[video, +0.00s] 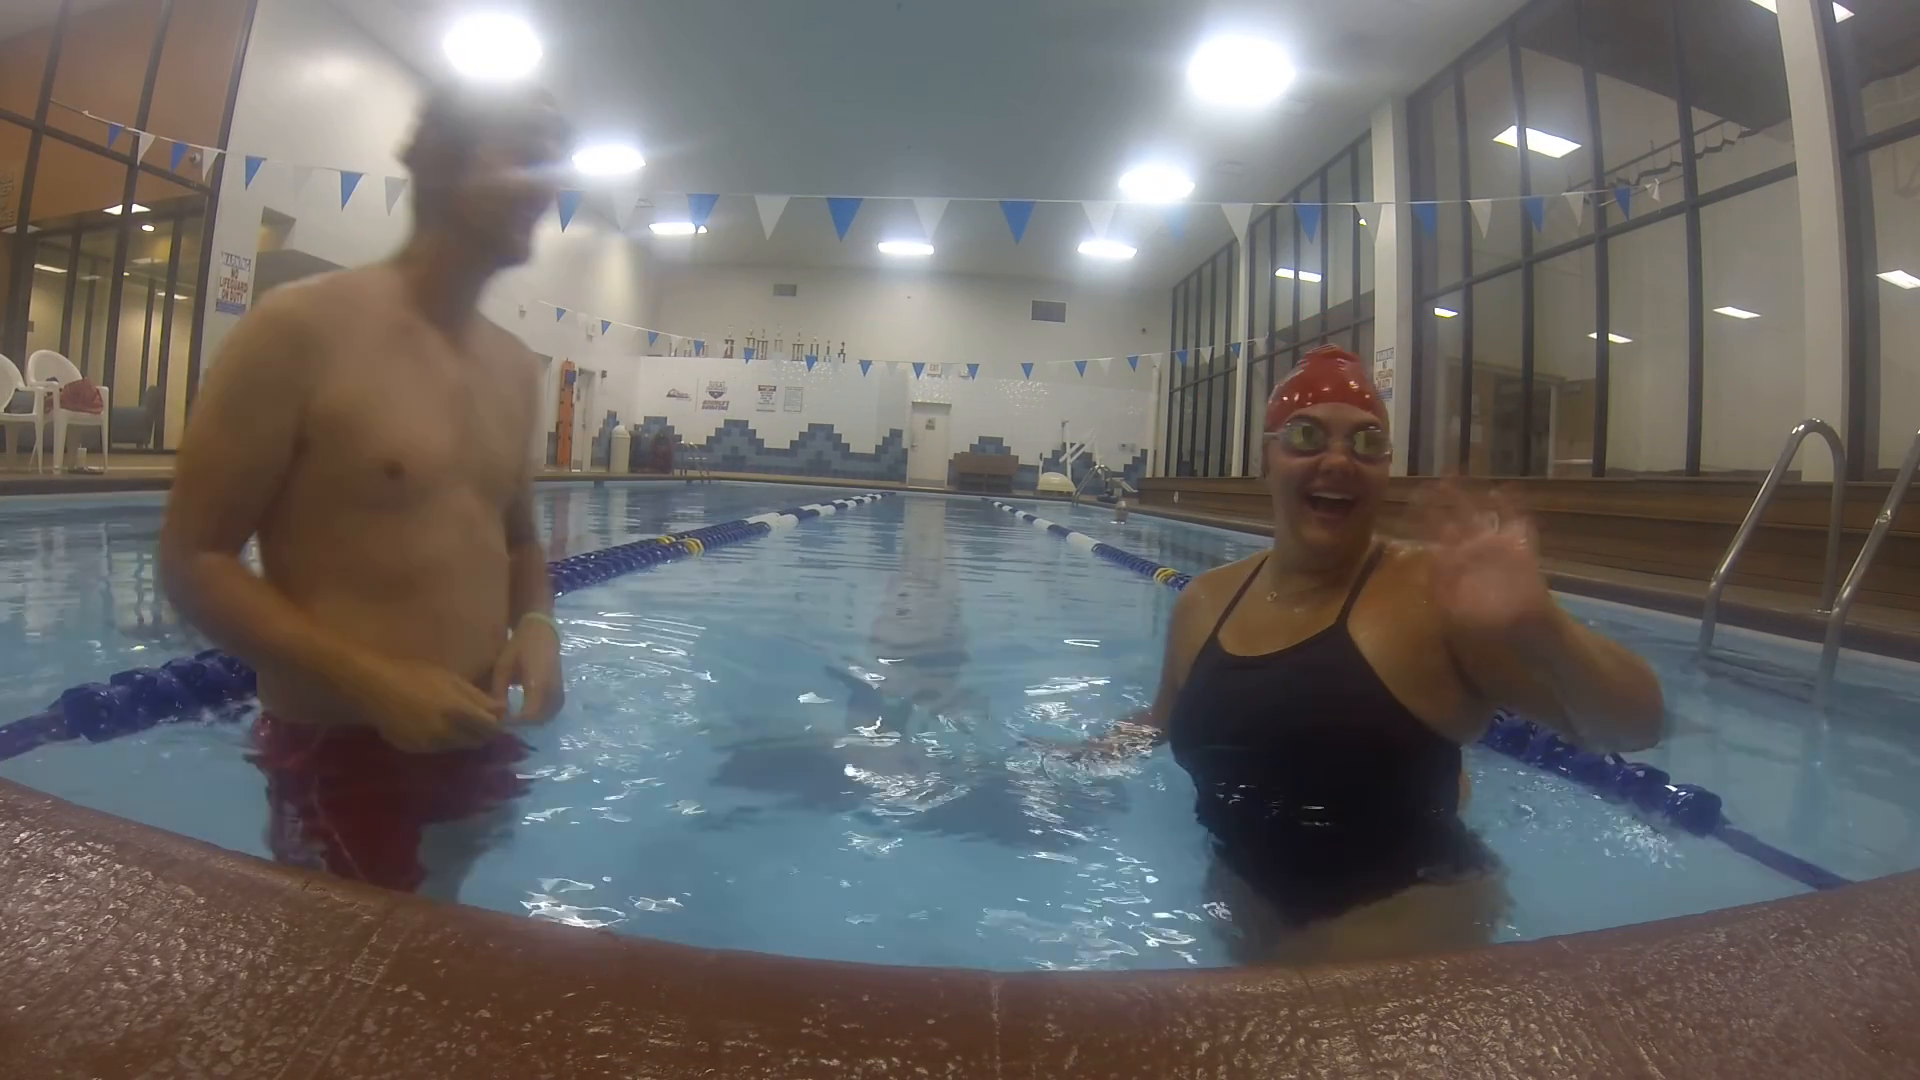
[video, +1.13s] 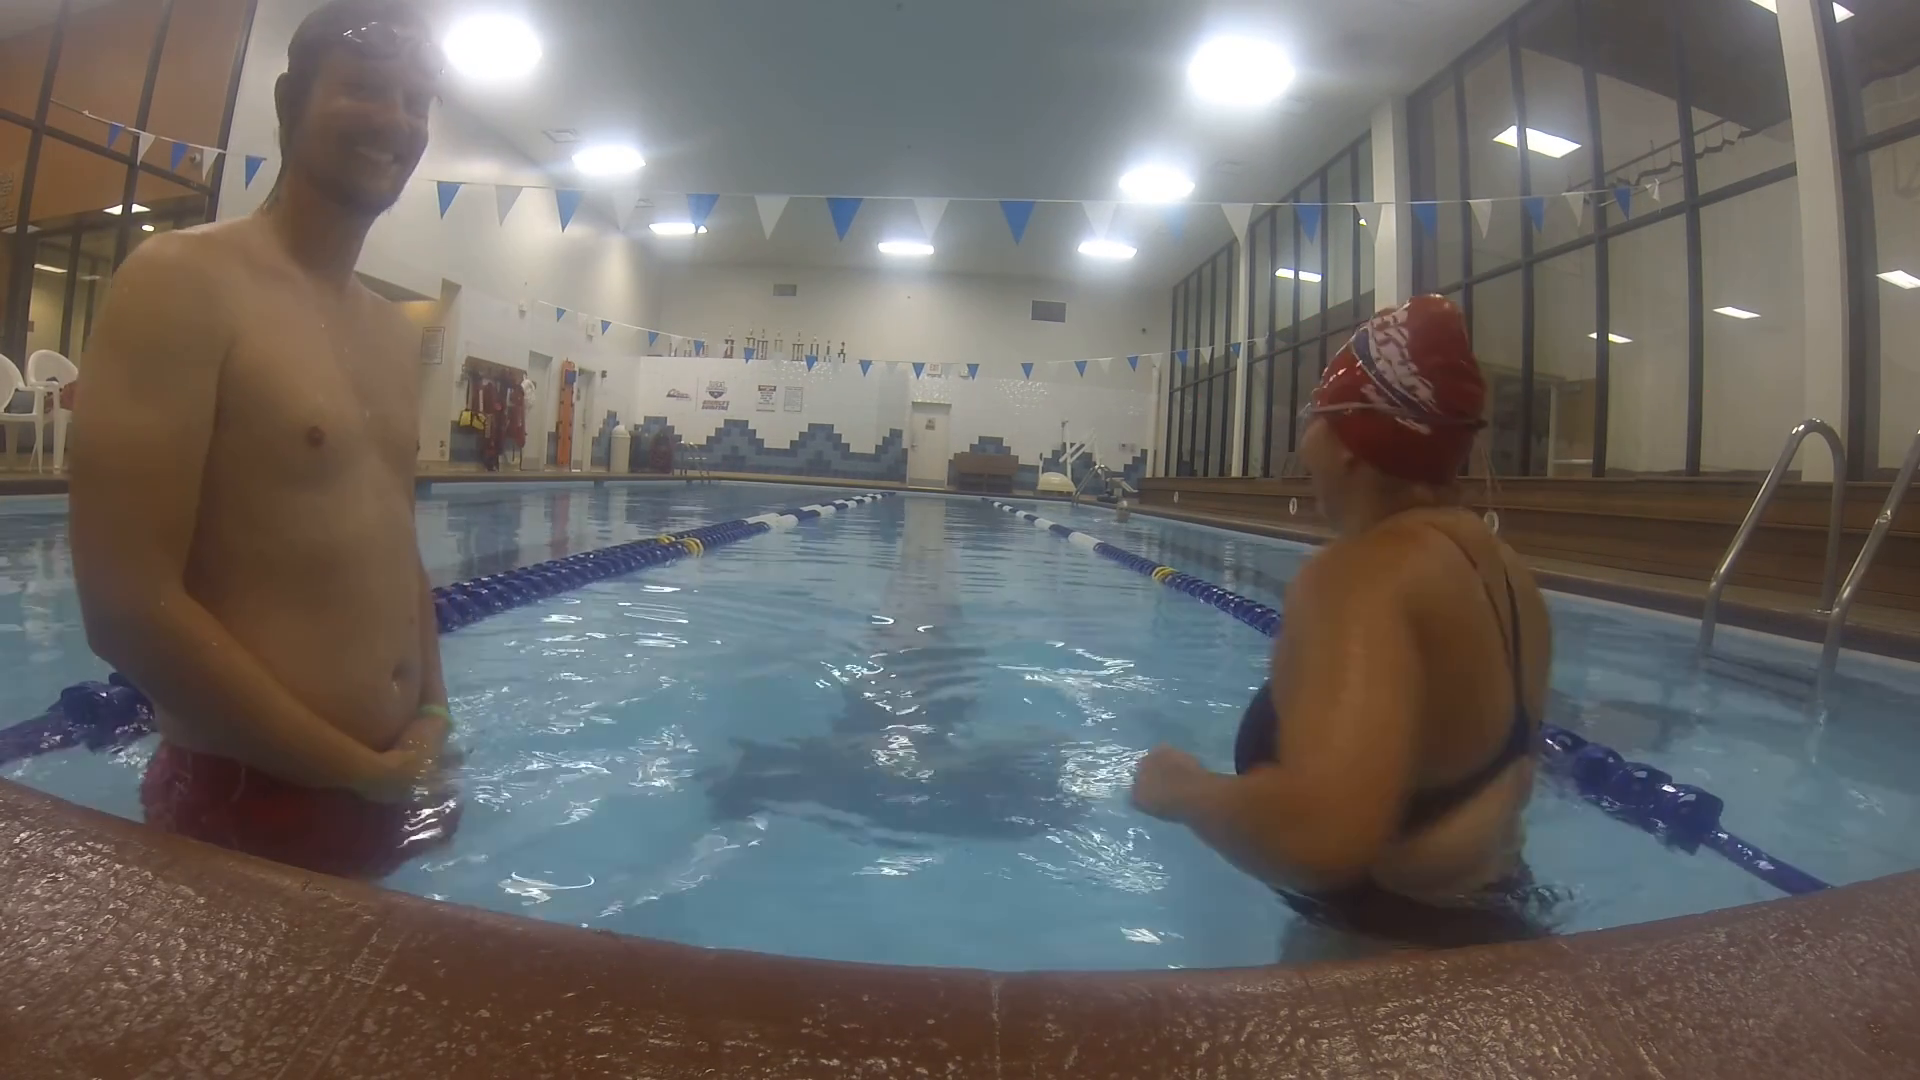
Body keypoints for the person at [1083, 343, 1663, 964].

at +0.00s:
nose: (1337, 464)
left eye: (1364, 444)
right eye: (1308, 439)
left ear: (1389, 468)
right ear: (1266, 461)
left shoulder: (1442, 594)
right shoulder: (1205, 602)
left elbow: (1639, 725)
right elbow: (1163, 725)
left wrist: (1535, 630)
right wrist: (1066, 767)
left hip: (1403, 949)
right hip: (1252, 935)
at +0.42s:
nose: (1353, 465)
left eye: (1386, 443)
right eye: (1326, 438)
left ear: (1418, 467)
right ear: (1293, 459)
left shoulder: (1470, 594)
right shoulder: (1261, 593)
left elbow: (1649, 763)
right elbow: (1263, 730)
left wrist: (1489, 642)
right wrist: (1141, 741)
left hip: (1436, 934)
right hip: (1286, 925)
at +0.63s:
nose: (1324, 465)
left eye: (1363, 444)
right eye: (1308, 440)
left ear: (1424, 471)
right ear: (1289, 458)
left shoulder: (1474, 594)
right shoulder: (1297, 591)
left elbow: (1635, 782)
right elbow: (1307, 727)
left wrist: (1425, 715)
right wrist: (1203, 739)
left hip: (1452, 962)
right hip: (1309, 949)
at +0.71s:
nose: (1300, 467)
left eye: (1339, 443)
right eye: (1293, 442)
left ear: (1420, 470)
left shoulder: (1458, 596)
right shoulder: (1319, 595)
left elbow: (1615, 796)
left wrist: (1342, 732)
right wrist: (1269, 713)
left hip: (1446, 976)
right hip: (1323, 950)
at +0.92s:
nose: (1281, 461)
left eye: (1299, 436)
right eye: (1289, 436)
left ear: (1370, 459)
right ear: (1374, 462)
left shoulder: (1426, 588)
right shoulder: (1430, 576)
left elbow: (1487, 850)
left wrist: (1249, 788)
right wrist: (1265, 780)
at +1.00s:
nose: (1290, 456)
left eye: (1304, 431)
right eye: (1298, 431)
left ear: (1360, 453)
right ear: (1369, 454)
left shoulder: (1399, 587)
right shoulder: (1458, 561)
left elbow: (1423, 852)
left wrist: (1224, 801)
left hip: (1372, 967)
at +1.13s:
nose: (1302, 445)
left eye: (1314, 420)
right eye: (1311, 420)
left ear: (1354, 443)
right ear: (1439, 447)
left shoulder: (1359, 581)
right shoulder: (1503, 566)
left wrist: (1189, 792)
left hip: (1372, 950)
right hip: (1489, 935)